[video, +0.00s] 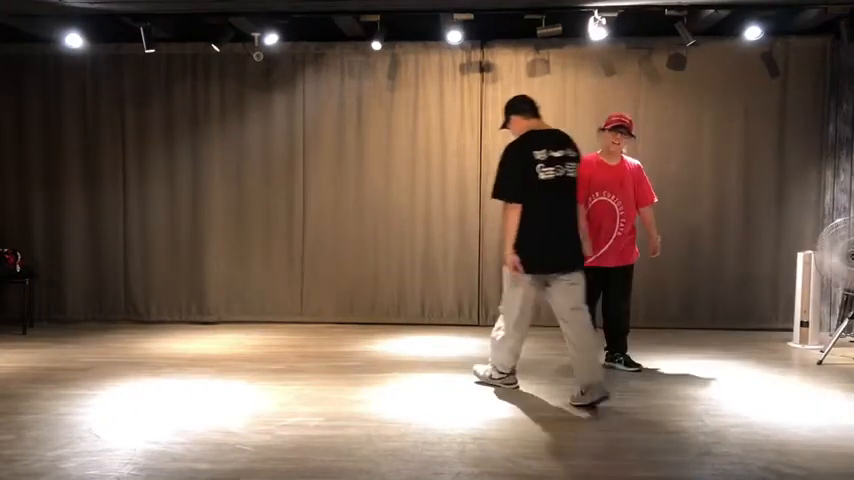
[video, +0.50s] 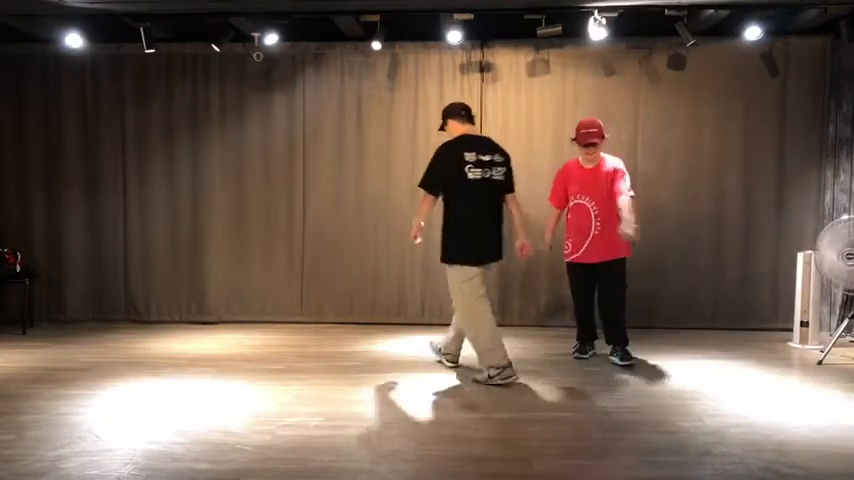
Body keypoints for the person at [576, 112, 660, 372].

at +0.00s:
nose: (617, 137)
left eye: (623, 134)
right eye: (613, 132)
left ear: (628, 139)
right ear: (603, 134)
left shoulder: (633, 168)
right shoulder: (586, 165)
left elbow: (644, 205)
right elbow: (580, 206)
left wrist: (653, 236)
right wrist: (584, 240)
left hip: (623, 250)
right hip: (592, 250)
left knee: (618, 306)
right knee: (586, 304)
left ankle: (617, 352)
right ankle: (584, 353)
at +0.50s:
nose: (590, 150)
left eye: (594, 145)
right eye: (585, 145)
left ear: (601, 143)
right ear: (577, 144)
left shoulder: (614, 167)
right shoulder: (567, 171)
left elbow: (624, 197)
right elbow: (557, 205)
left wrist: (627, 221)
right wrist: (549, 233)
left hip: (611, 248)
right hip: (578, 250)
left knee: (614, 301)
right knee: (582, 301)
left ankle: (618, 345)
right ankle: (585, 342)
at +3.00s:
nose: (606, 142)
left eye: (611, 138)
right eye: (601, 138)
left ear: (619, 140)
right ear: (594, 140)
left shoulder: (632, 167)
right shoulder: (582, 168)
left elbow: (637, 201)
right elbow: (579, 206)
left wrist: (617, 204)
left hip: (620, 248)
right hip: (587, 247)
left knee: (614, 300)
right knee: (587, 296)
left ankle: (610, 349)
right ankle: (591, 341)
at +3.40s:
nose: (630, 139)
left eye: (633, 135)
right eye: (625, 135)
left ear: (633, 137)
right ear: (609, 136)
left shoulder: (638, 168)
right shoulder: (586, 165)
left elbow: (653, 199)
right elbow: (564, 190)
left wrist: (666, 222)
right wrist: (544, 210)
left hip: (621, 251)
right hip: (587, 249)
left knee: (615, 304)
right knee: (582, 297)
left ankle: (610, 351)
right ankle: (587, 337)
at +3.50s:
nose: (631, 139)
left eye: (632, 135)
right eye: (626, 135)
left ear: (631, 138)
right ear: (610, 136)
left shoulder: (636, 167)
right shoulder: (584, 165)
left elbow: (645, 204)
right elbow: (566, 198)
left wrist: (652, 233)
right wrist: (551, 224)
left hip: (621, 251)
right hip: (586, 250)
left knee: (614, 305)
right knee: (582, 302)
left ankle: (610, 351)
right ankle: (579, 339)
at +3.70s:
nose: (623, 140)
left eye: (623, 135)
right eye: (618, 135)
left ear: (616, 137)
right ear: (602, 136)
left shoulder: (627, 166)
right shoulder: (580, 165)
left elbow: (638, 199)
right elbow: (568, 203)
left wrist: (633, 225)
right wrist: (573, 232)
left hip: (616, 250)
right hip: (584, 249)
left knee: (613, 305)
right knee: (577, 303)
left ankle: (610, 351)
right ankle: (566, 348)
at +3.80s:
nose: (614, 139)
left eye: (614, 135)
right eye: (609, 135)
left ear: (609, 138)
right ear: (594, 137)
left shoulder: (619, 163)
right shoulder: (575, 165)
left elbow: (633, 194)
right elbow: (572, 202)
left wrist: (629, 214)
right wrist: (586, 225)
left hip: (612, 247)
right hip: (580, 247)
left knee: (610, 303)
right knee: (574, 302)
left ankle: (610, 351)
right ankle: (566, 349)